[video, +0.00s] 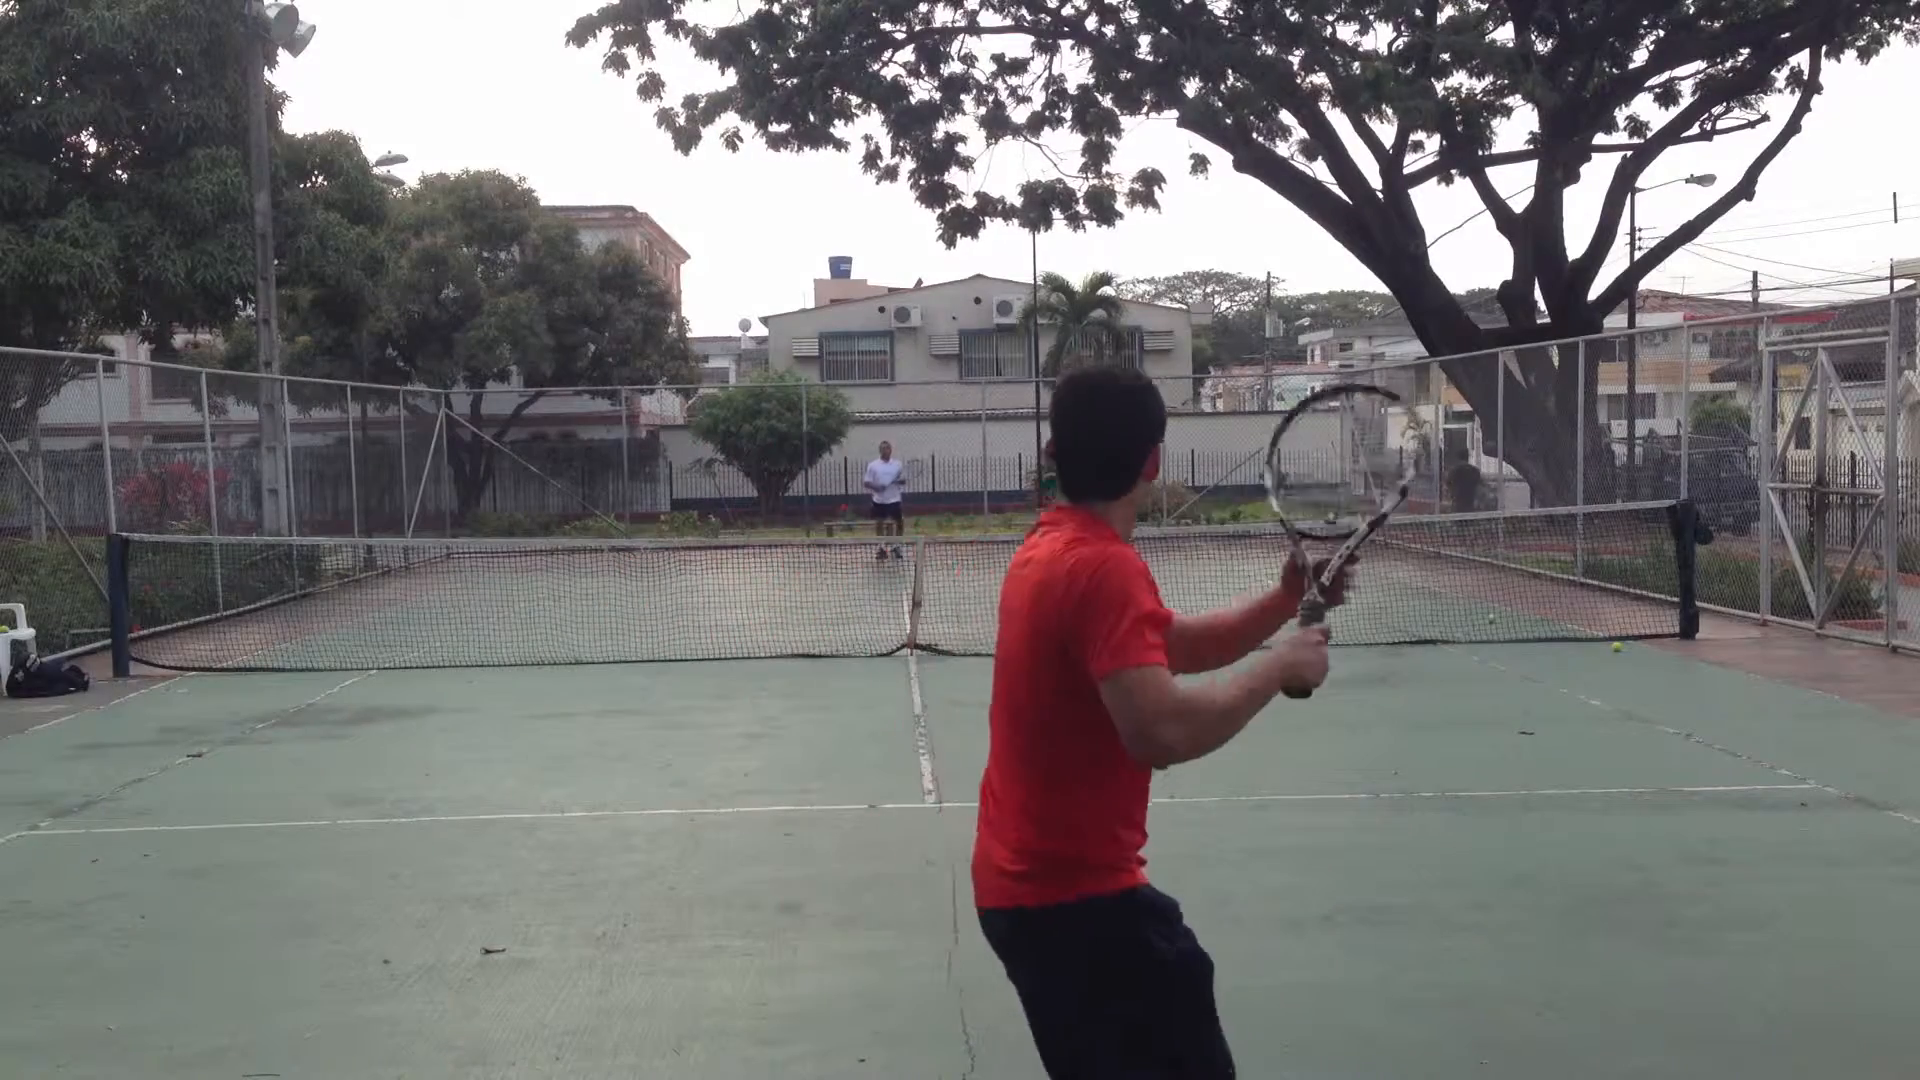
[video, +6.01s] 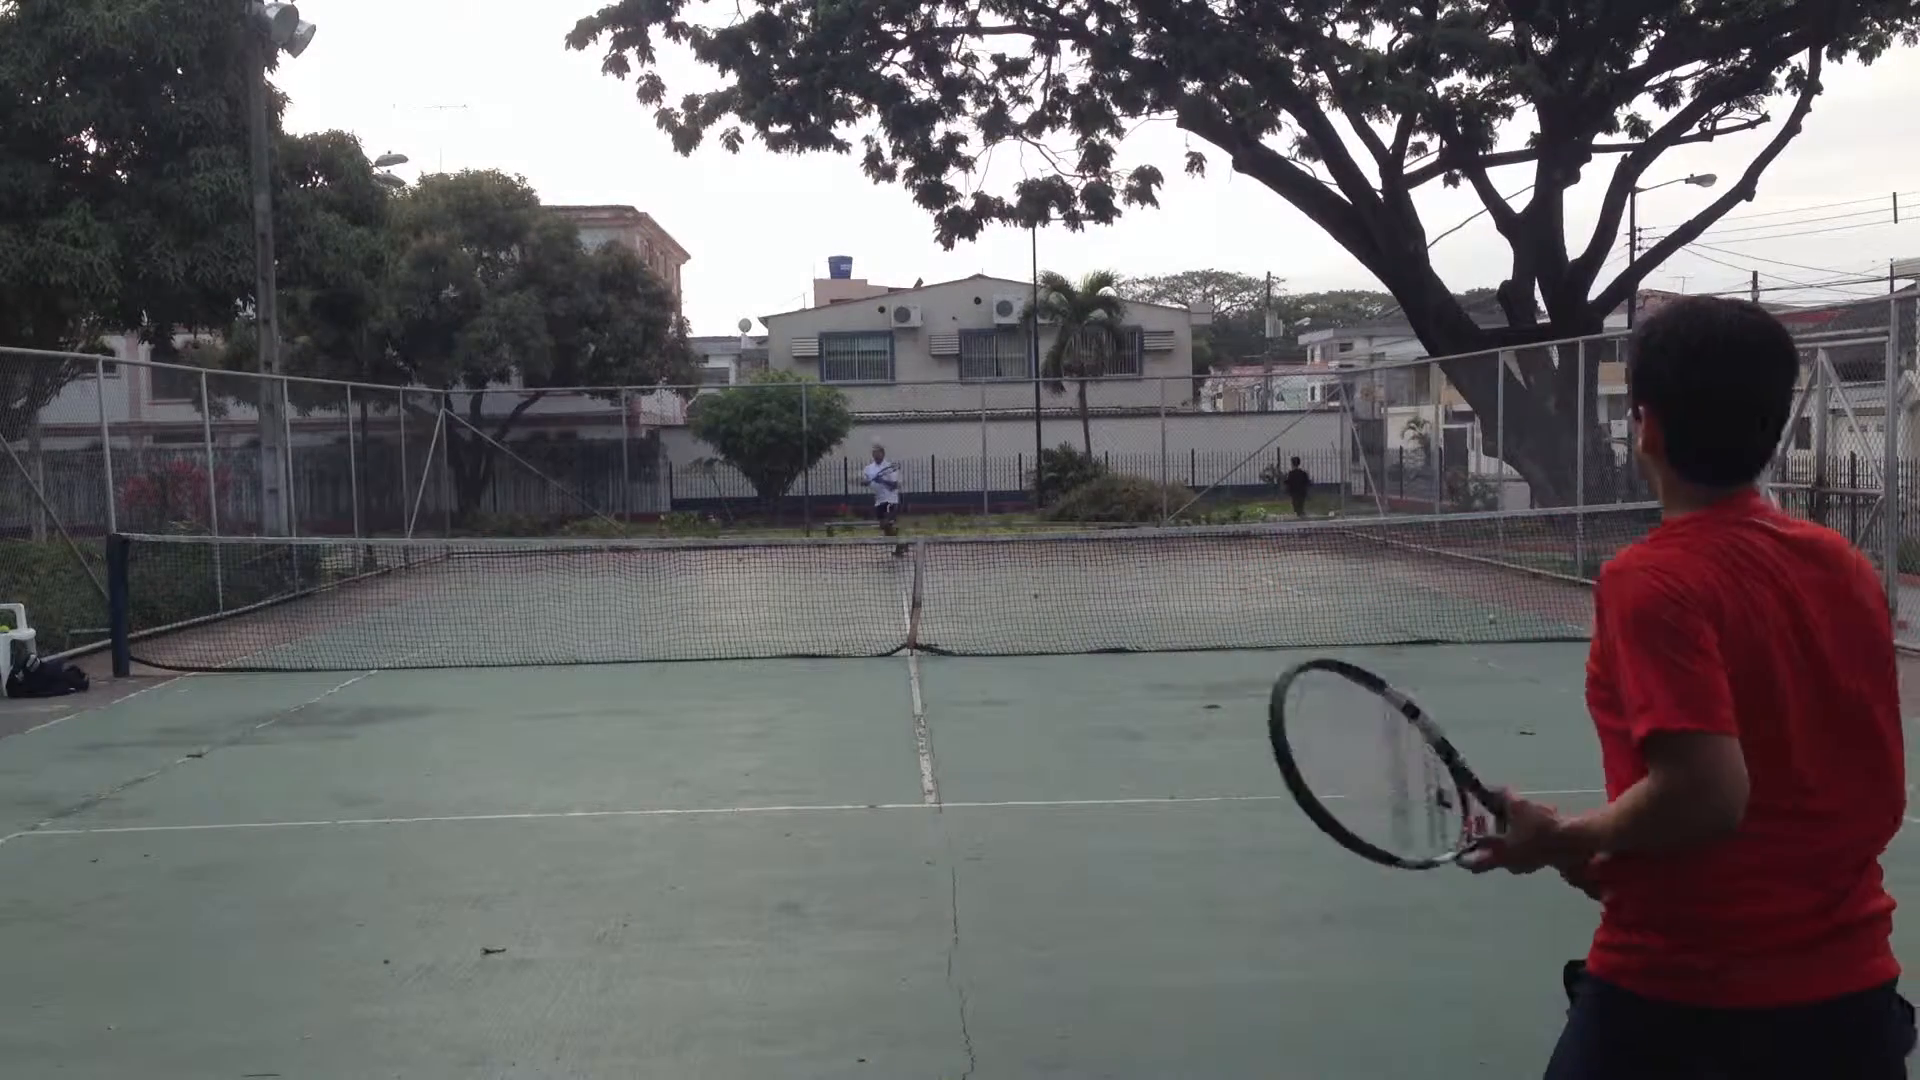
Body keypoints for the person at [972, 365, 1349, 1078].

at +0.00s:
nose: (1160, 458)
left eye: (1157, 443)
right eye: (1159, 445)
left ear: (1059, 452)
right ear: (1150, 460)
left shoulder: (1045, 550)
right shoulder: (1102, 567)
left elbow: (1178, 646)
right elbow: (1157, 731)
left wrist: (1283, 600)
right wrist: (1275, 668)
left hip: (1029, 886)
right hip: (1081, 895)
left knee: (1097, 1062)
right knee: (1189, 1062)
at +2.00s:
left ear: (1055, 466)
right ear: (1145, 466)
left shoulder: (1007, 580)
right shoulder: (1202, 581)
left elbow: (967, 741)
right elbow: (1244, 742)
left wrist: (1030, 724)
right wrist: (1154, 750)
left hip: (1032, 898)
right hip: (1165, 892)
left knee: (977, 1070)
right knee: (1225, 1065)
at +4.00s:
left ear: (1239, 497)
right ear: (1358, 507)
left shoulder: (1177, 629)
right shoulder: (1346, 634)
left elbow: (1161, 808)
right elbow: (1365, 844)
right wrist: (1417, 901)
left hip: (1183, 994)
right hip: (1291, 1001)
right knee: (1419, 1059)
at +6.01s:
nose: (1632, 426)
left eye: (1632, 407)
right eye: (1632, 404)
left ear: (1647, 429)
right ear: (1775, 426)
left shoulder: (1651, 577)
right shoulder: (1847, 568)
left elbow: (1705, 793)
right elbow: (1872, 799)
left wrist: (1561, 832)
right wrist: (1628, 854)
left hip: (1672, 1018)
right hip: (1848, 1010)